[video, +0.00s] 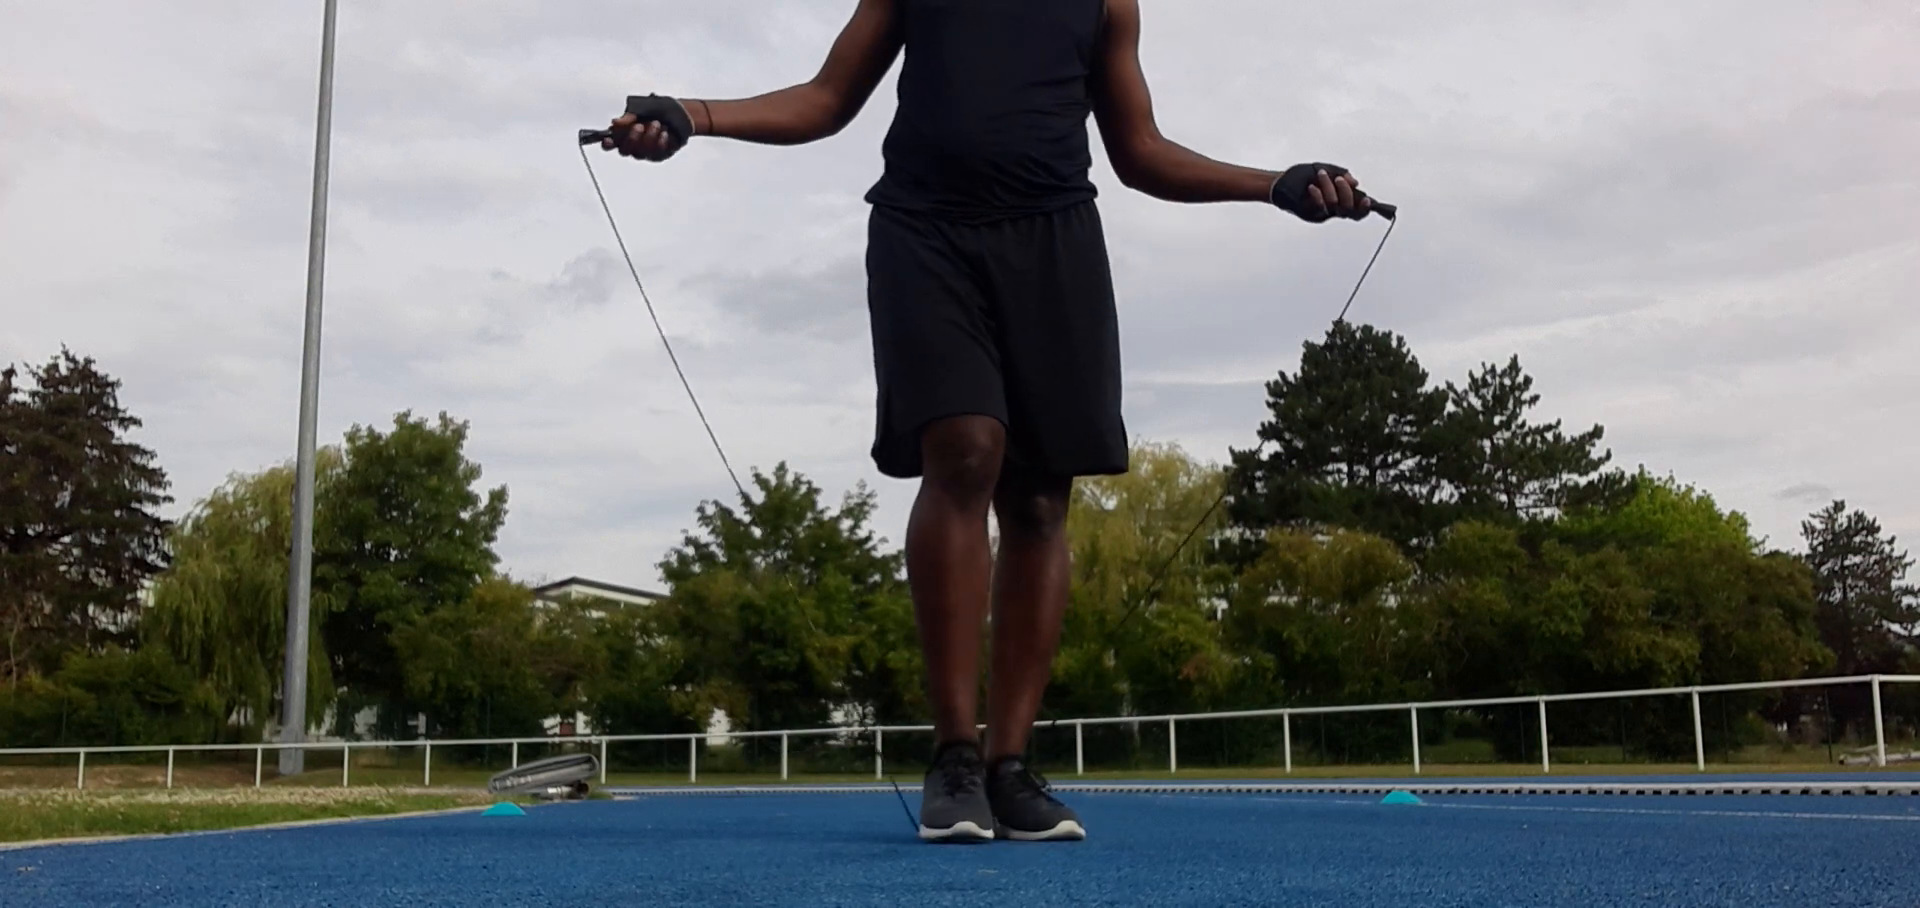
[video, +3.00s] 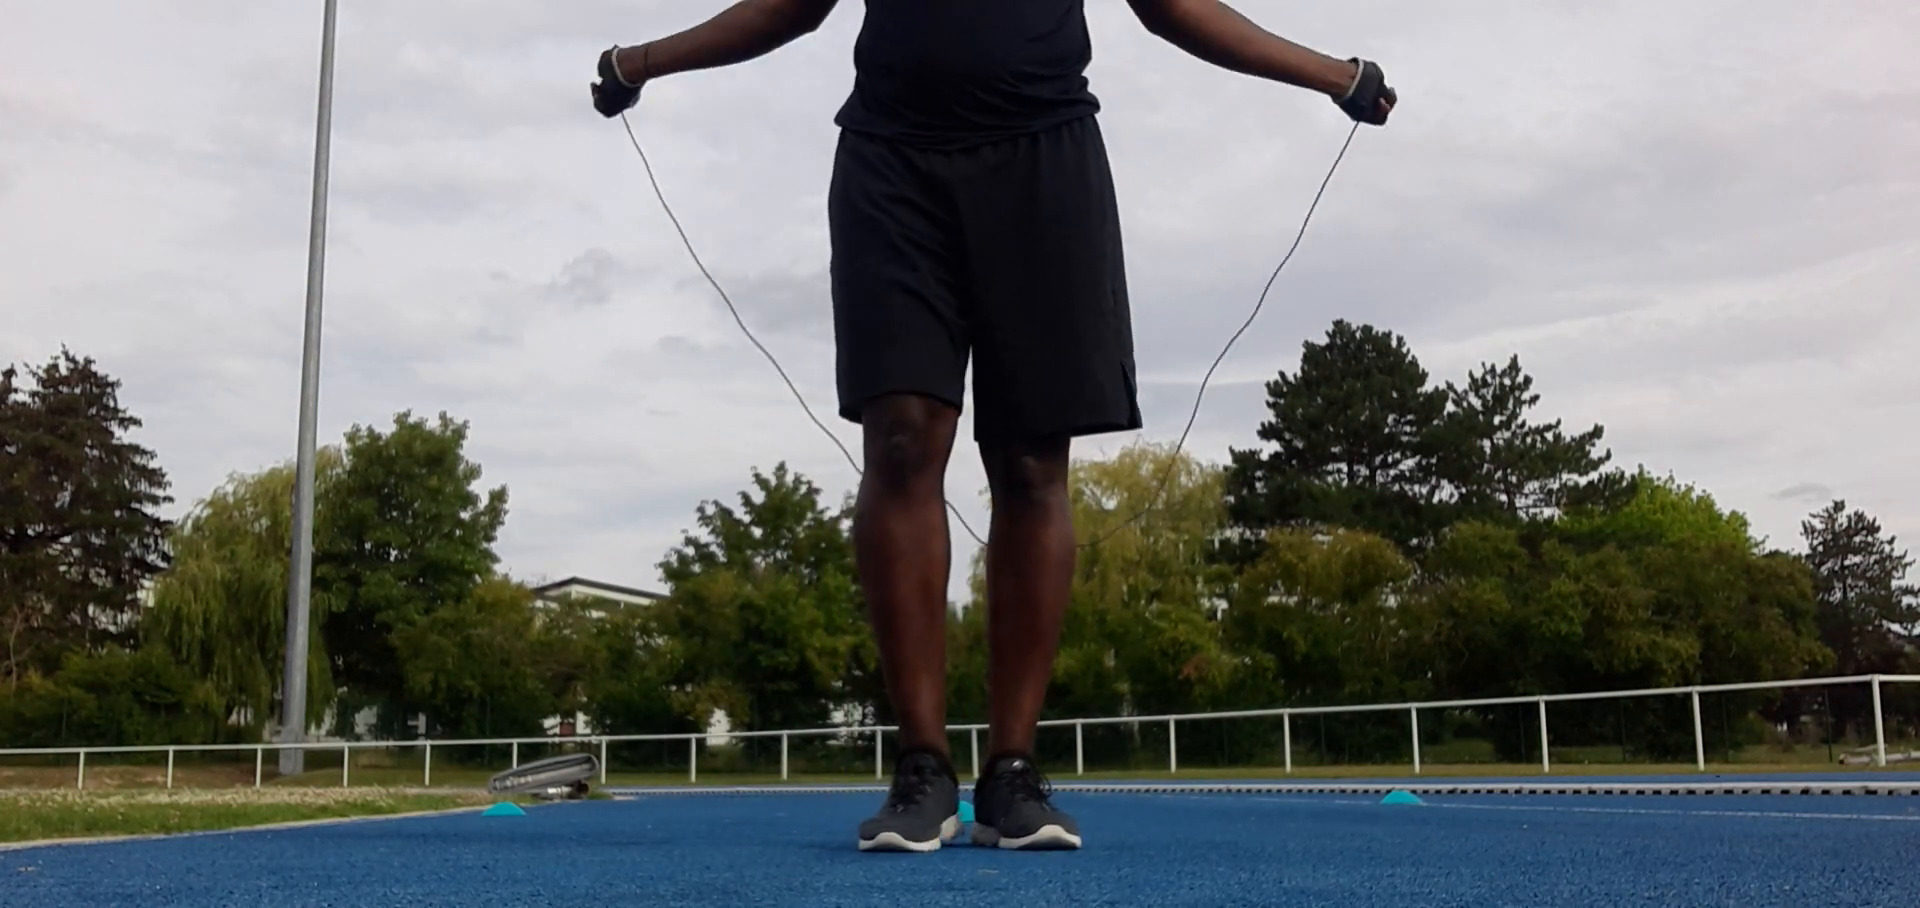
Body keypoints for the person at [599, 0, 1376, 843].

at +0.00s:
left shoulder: (1106, 13)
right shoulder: (907, 7)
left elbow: (1141, 153)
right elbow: (823, 101)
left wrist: (1279, 183)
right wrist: (690, 115)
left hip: (1053, 235)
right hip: (926, 228)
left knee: (1037, 495)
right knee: (963, 453)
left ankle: (1010, 769)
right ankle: (955, 761)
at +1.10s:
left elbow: (1036, 99)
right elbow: (729, 101)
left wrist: (1172, 209)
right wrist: (622, 219)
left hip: (975, 205)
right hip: (834, 212)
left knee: (996, 410)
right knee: (839, 488)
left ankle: (972, 655)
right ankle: (872, 772)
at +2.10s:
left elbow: (1123, 81)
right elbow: (782, 41)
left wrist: (1280, 147)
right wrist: (624, 89)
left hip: (1031, 185)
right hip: (882, 187)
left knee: (1032, 470)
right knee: (889, 445)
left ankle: (1010, 770)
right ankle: (879, 743)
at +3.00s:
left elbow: (1173, 6)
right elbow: (793, 7)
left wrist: (1326, 70)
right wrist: (648, 57)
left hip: (1042, 150)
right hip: (893, 153)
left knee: (1032, 462)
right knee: (902, 442)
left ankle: (1012, 778)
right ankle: (920, 772)